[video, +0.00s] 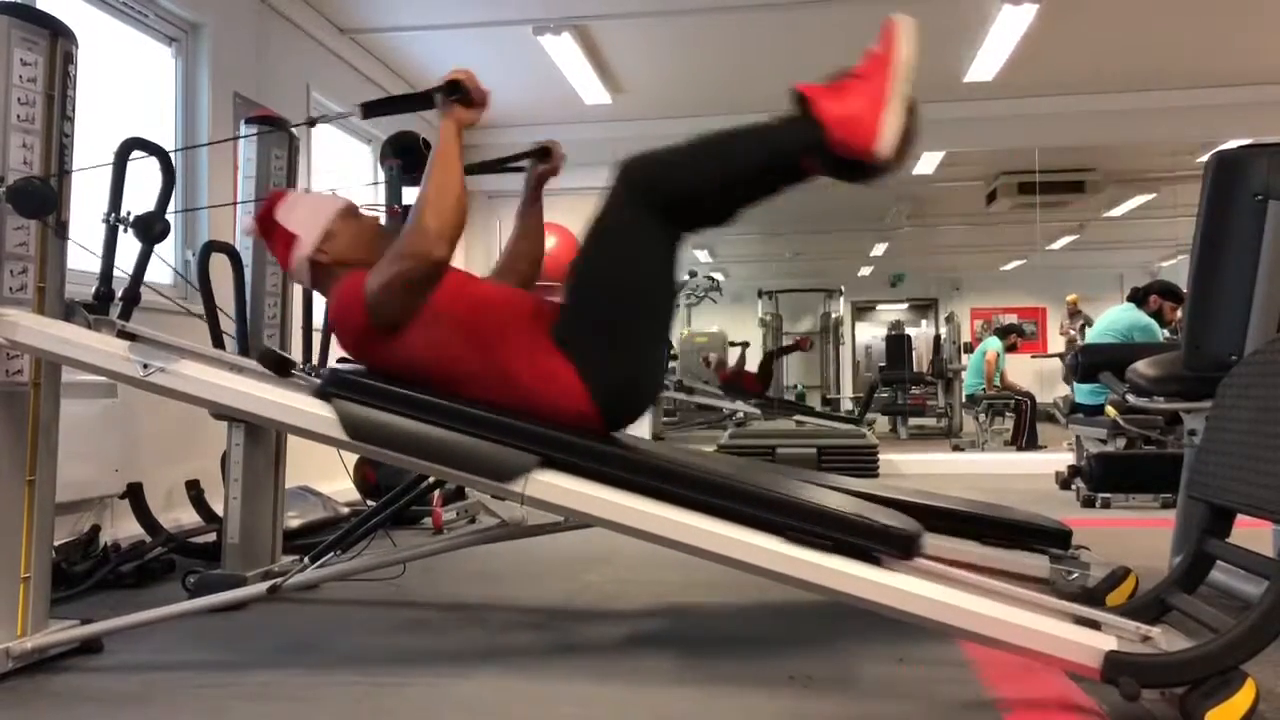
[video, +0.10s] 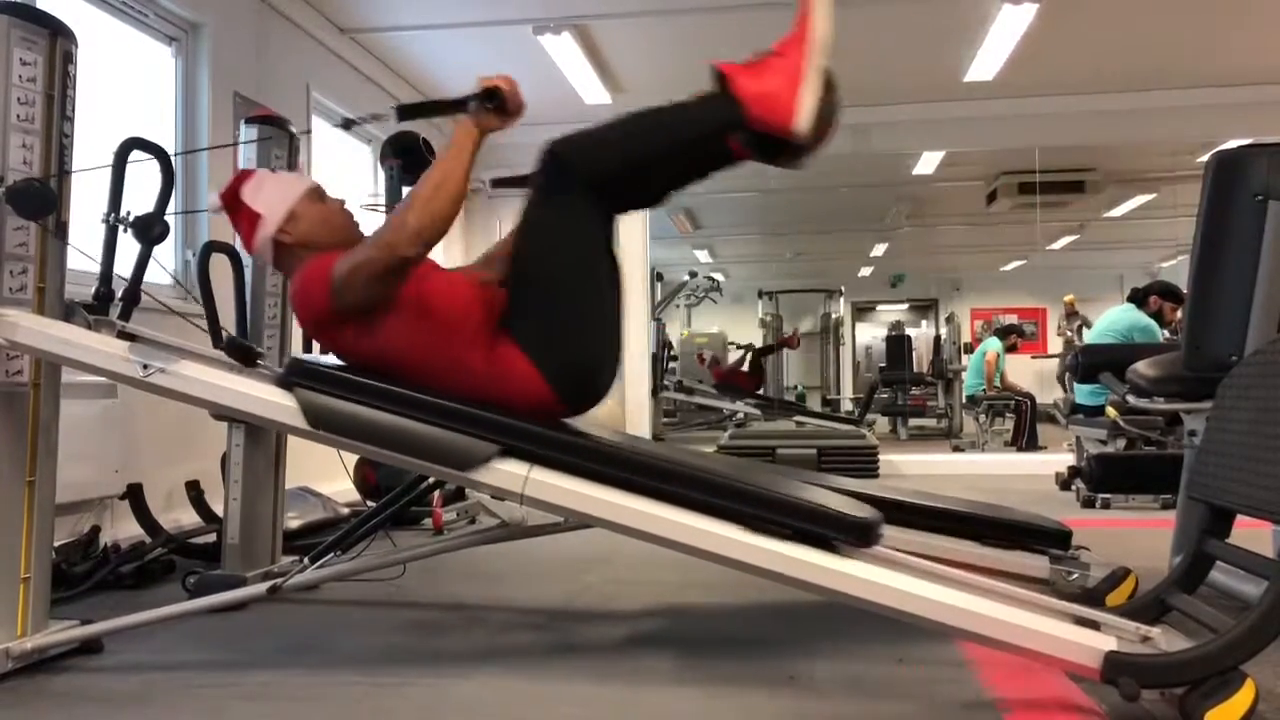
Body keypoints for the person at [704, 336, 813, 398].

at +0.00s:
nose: (720, 357)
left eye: (718, 356)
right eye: (718, 357)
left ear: (716, 366)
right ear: (717, 365)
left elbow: (739, 366)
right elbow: (739, 367)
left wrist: (742, 350)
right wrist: (743, 350)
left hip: (758, 384)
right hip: (760, 386)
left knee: (769, 356)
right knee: (769, 356)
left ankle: (797, 345)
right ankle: (798, 346)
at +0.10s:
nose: (719, 360)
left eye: (717, 358)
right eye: (716, 359)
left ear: (710, 365)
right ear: (714, 363)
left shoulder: (720, 373)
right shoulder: (720, 374)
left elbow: (736, 366)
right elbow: (736, 365)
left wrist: (745, 352)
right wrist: (745, 352)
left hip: (752, 382)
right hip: (754, 382)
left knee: (756, 353)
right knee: (757, 354)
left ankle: (785, 343)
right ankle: (786, 343)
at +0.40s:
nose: (709, 350)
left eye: (707, 349)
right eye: (706, 350)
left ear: (701, 356)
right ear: (704, 353)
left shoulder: (709, 365)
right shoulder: (710, 365)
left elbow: (731, 364)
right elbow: (730, 364)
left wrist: (754, 360)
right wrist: (752, 364)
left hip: (739, 380)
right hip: (741, 380)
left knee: (738, 350)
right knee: (738, 349)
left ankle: (767, 339)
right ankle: (767, 339)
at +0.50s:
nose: (709, 350)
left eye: (707, 348)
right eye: (706, 349)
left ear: (702, 356)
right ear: (704, 354)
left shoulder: (709, 365)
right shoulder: (710, 365)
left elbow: (732, 364)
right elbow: (731, 364)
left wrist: (754, 361)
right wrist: (752, 365)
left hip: (738, 380)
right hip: (741, 380)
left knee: (739, 350)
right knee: (739, 349)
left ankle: (768, 339)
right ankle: (768, 339)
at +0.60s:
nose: (710, 350)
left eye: (708, 349)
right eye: (707, 350)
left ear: (702, 356)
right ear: (705, 354)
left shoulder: (710, 366)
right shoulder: (711, 365)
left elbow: (731, 365)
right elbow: (732, 364)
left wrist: (754, 359)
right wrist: (753, 364)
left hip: (740, 380)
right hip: (743, 379)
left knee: (742, 350)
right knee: (742, 350)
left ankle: (769, 340)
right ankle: (770, 340)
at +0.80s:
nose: (714, 353)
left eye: (711, 351)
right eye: (711, 352)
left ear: (707, 360)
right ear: (710, 357)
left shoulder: (716, 368)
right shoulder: (718, 368)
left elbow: (735, 362)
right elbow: (736, 362)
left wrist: (746, 350)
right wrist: (747, 349)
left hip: (747, 382)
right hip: (750, 383)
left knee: (756, 353)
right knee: (757, 353)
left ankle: (784, 345)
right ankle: (785, 345)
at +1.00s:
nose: (720, 357)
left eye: (718, 356)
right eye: (718, 357)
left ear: (714, 364)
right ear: (715, 361)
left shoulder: (724, 372)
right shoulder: (725, 372)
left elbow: (740, 361)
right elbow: (741, 361)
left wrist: (743, 345)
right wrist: (744, 344)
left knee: (777, 362)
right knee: (778, 361)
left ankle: (806, 354)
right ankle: (807, 354)